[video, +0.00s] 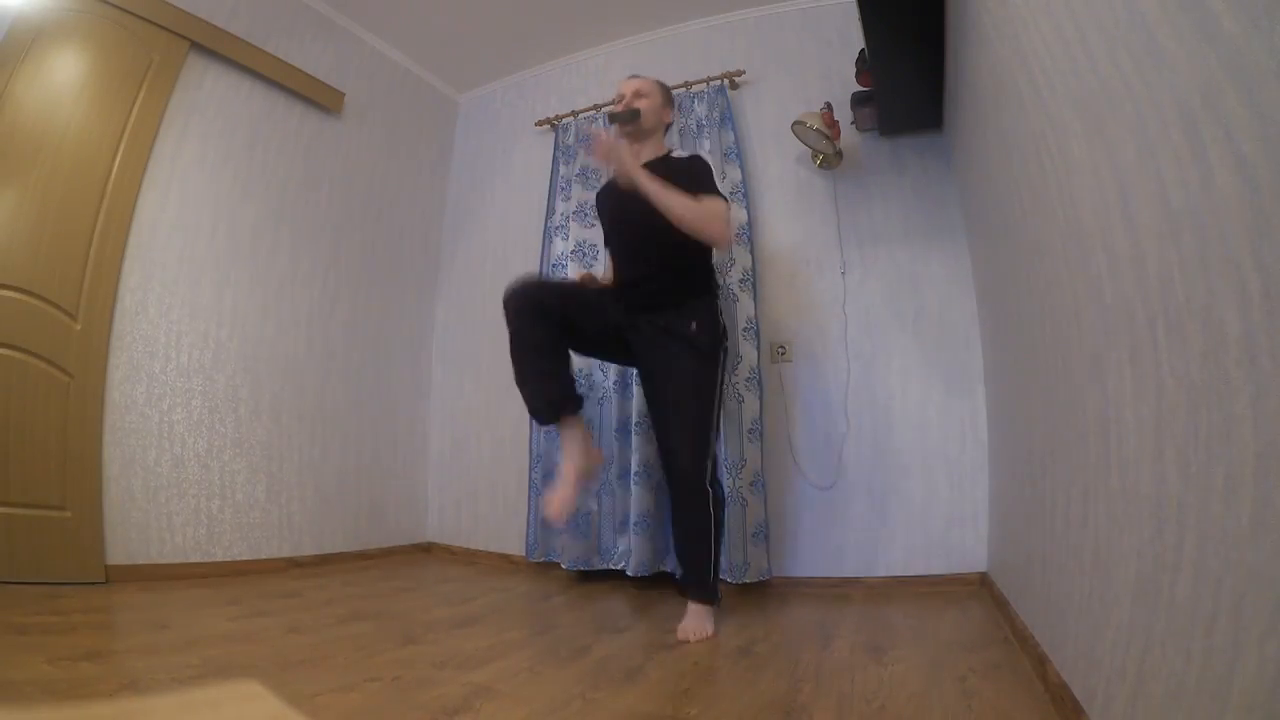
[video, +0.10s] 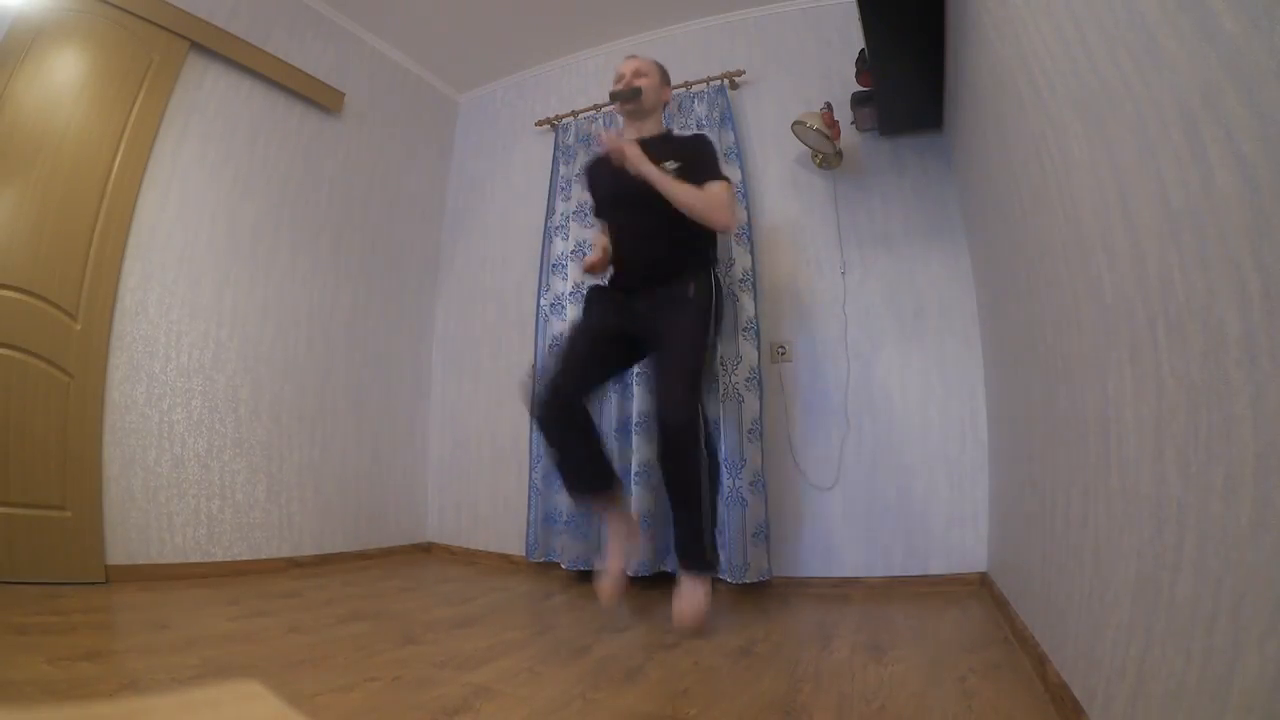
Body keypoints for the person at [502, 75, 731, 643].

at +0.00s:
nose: (625, 102)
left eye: (640, 94)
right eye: (617, 98)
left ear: (668, 115)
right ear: (610, 121)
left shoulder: (689, 168)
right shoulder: (610, 195)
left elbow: (719, 230)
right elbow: (623, 273)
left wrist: (634, 172)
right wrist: (594, 283)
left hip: (684, 327)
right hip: (626, 320)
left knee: (687, 463)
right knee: (527, 299)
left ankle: (700, 598)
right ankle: (576, 442)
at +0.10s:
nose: (627, 80)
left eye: (641, 74)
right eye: (619, 77)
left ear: (666, 96)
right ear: (610, 100)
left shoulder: (691, 149)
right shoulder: (602, 168)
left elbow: (724, 215)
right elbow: (608, 231)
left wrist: (643, 165)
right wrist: (600, 255)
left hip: (683, 300)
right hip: (621, 303)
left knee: (676, 422)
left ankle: (694, 569)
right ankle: (617, 519)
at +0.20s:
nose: (629, 90)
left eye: (642, 82)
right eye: (621, 85)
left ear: (668, 100)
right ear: (612, 106)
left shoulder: (699, 166)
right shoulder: (595, 175)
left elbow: (732, 247)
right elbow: (569, 261)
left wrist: (680, 229)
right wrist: (577, 239)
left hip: (684, 298)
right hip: (620, 309)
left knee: (661, 298)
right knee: (636, 447)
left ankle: (684, 459)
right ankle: (657, 583)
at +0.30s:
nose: (620, 94)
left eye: (633, 87)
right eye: (613, 90)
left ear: (661, 107)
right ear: (604, 113)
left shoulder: (694, 172)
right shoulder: (592, 181)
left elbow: (736, 240)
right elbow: (550, 259)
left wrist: (710, 255)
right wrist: (558, 206)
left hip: (692, 302)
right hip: (628, 314)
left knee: (647, 274)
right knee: (636, 450)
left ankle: (670, 446)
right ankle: (663, 585)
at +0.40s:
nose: (614, 81)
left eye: (627, 74)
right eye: (606, 78)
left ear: (654, 94)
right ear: (600, 102)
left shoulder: (688, 146)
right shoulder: (595, 175)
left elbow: (749, 212)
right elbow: (585, 259)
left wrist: (688, 219)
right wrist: (569, 225)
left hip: (689, 290)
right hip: (630, 296)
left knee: (665, 400)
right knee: (565, 395)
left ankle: (686, 554)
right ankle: (615, 523)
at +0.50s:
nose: (615, 98)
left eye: (630, 92)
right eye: (609, 94)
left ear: (658, 112)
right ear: (604, 120)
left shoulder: (682, 167)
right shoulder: (607, 192)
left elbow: (727, 230)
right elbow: (619, 268)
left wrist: (640, 193)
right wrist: (583, 285)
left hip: (684, 322)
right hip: (627, 318)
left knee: (685, 464)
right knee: (529, 291)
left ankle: (695, 602)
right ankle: (572, 437)